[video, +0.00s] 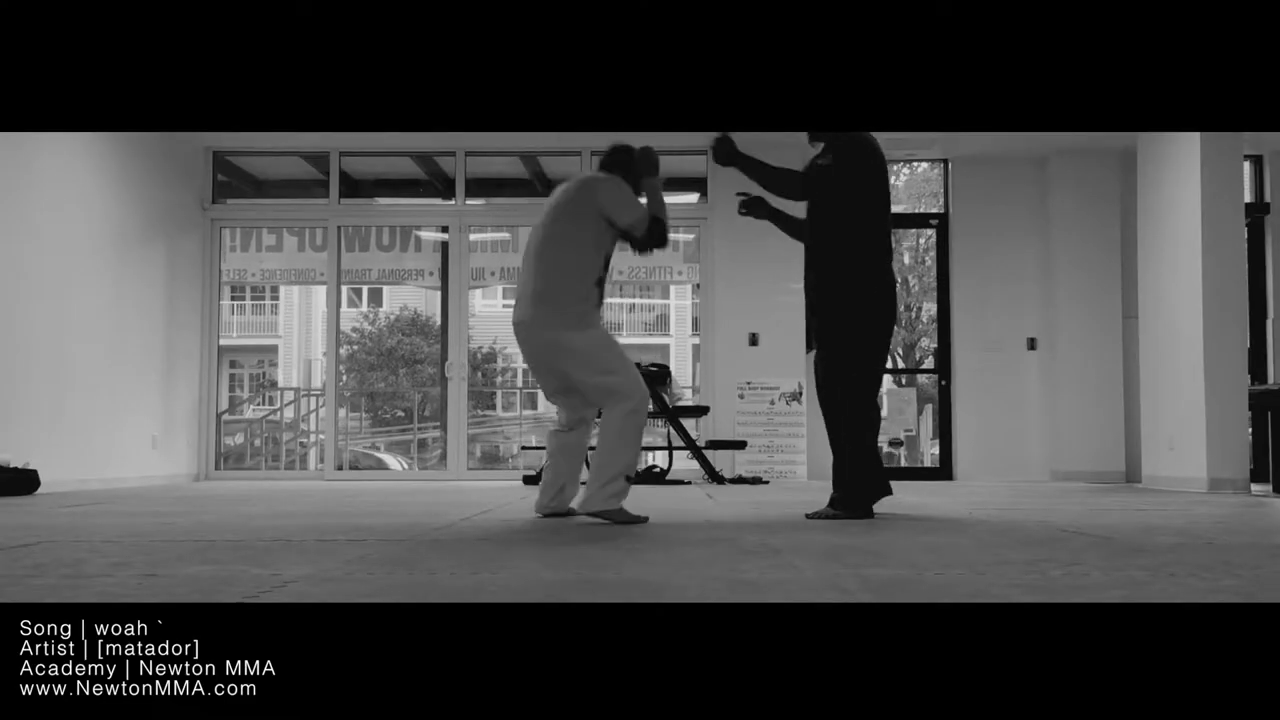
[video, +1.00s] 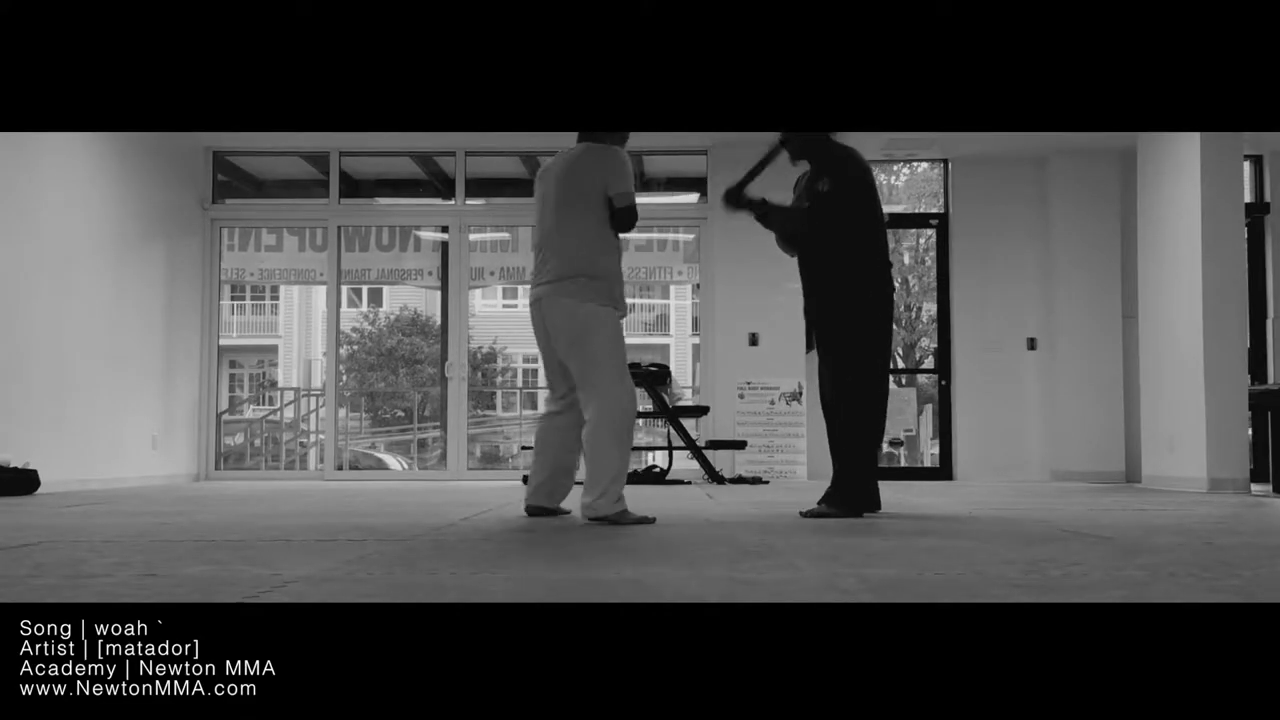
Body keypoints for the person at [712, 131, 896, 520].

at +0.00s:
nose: (808, 136)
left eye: (812, 133)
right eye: (809, 134)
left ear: (826, 128)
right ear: (840, 127)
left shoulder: (852, 151)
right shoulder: (848, 158)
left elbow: (797, 185)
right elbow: (820, 234)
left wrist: (736, 158)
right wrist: (770, 213)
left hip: (854, 299)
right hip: (849, 298)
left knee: (843, 394)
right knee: (848, 394)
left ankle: (853, 499)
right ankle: (858, 489)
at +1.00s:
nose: (785, 148)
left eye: (788, 139)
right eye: (784, 141)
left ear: (806, 135)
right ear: (807, 140)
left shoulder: (841, 166)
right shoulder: (809, 178)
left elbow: (813, 227)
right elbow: (798, 242)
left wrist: (756, 205)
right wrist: (772, 216)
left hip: (857, 308)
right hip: (833, 309)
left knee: (852, 397)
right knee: (839, 398)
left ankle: (852, 495)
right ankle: (851, 493)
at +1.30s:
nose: (773, 143)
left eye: (778, 136)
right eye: (774, 137)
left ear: (798, 135)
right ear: (794, 137)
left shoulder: (829, 166)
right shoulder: (800, 171)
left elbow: (815, 240)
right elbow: (798, 230)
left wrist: (750, 246)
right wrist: (769, 231)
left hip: (860, 301)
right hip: (837, 301)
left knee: (852, 394)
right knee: (844, 394)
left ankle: (848, 496)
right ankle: (859, 489)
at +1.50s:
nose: (767, 145)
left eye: (772, 138)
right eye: (767, 139)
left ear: (794, 137)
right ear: (787, 141)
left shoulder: (836, 169)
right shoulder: (790, 173)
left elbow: (841, 243)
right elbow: (759, 215)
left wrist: (790, 265)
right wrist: (708, 238)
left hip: (858, 298)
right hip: (827, 299)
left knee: (852, 391)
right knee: (835, 392)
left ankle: (847, 496)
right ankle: (859, 487)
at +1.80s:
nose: (760, 139)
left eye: (764, 133)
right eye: (761, 134)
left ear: (785, 133)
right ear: (788, 135)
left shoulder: (812, 170)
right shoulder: (797, 167)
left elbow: (777, 245)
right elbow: (754, 212)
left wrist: (708, 257)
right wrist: (711, 197)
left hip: (839, 308)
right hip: (818, 307)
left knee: (844, 395)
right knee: (816, 393)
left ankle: (845, 499)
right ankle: (814, 483)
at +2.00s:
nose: (753, 141)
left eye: (760, 134)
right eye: (756, 134)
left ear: (780, 138)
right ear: (790, 139)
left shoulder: (788, 182)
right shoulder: (809, 176)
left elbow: (743, 241)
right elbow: (796, 236)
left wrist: (691, 222)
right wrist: (757, 222)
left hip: (815, 314)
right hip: (808, 313)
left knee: (827, 402)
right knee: (800, 402)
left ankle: (843, 500)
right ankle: (793, 493)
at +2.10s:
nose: (747, 145)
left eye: (753, 137)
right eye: (748, 137)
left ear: (774, 141)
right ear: (782, 142)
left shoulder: (784, 183)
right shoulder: (791, 179)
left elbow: (726, 234)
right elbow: (776, 231)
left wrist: (680, 202)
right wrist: (737, 216)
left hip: (814, 314)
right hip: (799, 314)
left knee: (816, 403)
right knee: (791, 403)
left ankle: (838, 495)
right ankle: (791, 492)